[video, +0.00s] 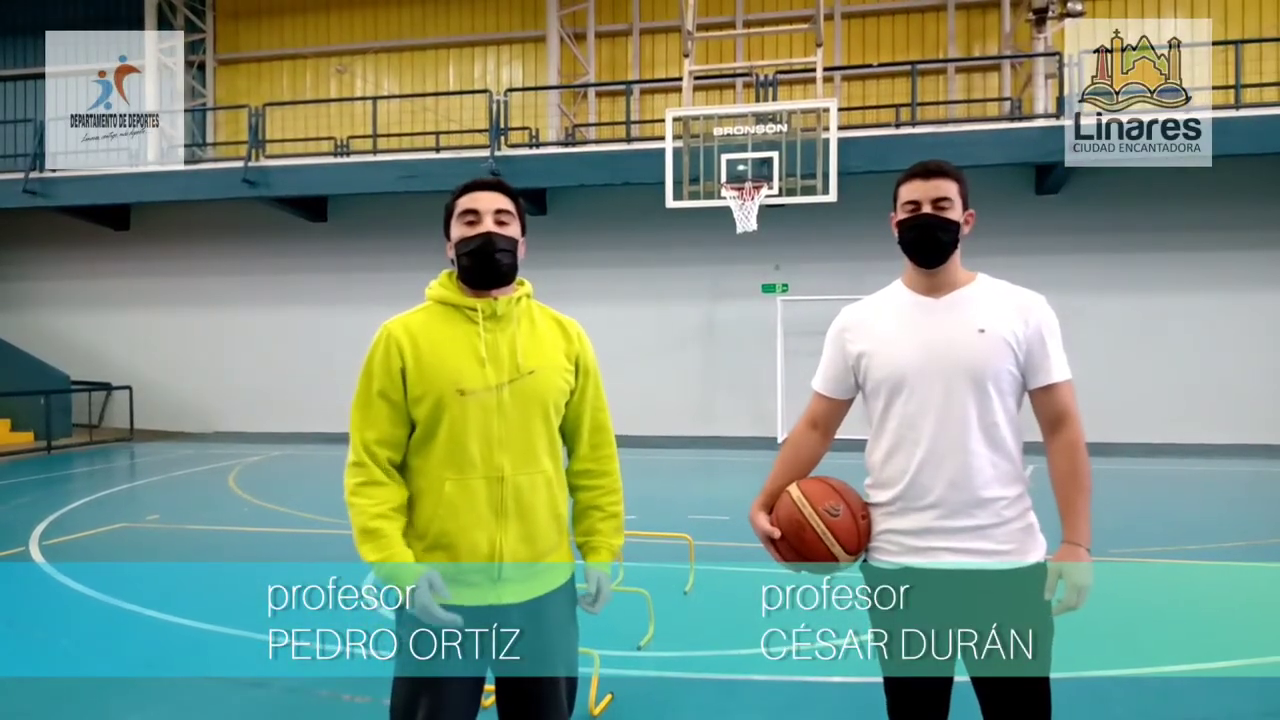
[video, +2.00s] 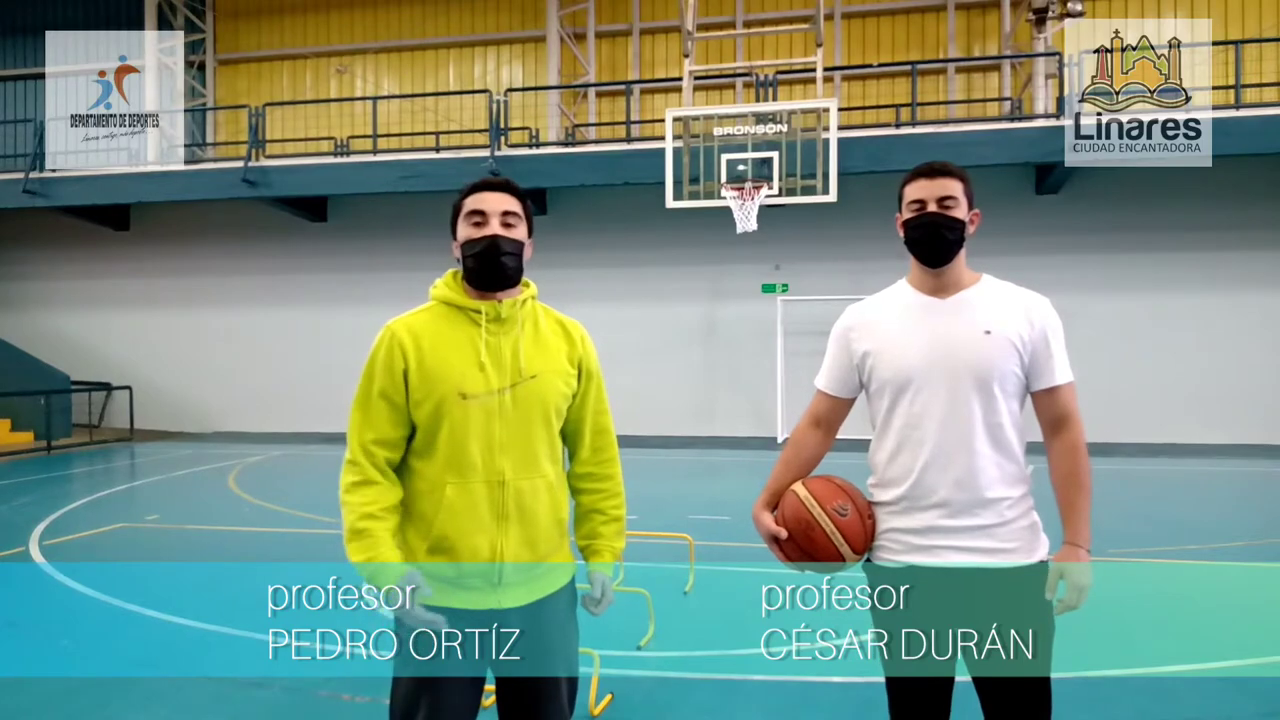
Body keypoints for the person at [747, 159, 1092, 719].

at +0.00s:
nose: (926, 217)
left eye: (941, 206)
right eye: (911, 208)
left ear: (967, 221)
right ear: (894, 226)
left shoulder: (1022, 313)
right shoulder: (857, 324)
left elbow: (1062, 429)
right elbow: (816, 426)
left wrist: (1075, 543)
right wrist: (763, 503)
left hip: (1005, 561)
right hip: (901, 563)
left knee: (1020, 712)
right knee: (913, 713)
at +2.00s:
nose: (931, 215)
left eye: (946, 204)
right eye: (916, 207)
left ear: (972, 220)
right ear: (899, 226)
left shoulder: (1026, 314)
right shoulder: (862, 323)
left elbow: (1063, 430)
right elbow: (818, 425)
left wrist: (1076, 543)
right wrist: (764, 503)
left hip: (1007, 559)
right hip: (904, 560)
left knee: (1020, 711)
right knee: (915, 712)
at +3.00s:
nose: (929, 215)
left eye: (944, 204)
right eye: (914, 208)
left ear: (971, 220)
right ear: (898, 229)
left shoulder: (1027, 314)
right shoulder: (863, 324)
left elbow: (1064, 429)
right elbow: (818, 425)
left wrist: (1078, 542)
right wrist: (764, 502)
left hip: (1008, 563)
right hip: (904, 564)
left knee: (1021, 711)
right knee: (914, 712)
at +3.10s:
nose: (927, 215)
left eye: (942, 204)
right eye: (912, 208)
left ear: (970, 220)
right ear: (897, 229)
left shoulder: (1026, 314)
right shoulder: (862, 323)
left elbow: (1064, 429)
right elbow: (818, 425)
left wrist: (1078, 542)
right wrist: (764, 501)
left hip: (1007, 562)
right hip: (902, 563)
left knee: (1019, 711)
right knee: (913, 712)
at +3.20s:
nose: (923, 214)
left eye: (938, 204)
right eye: (909, 208)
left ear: (967, 220)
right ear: (896, 230)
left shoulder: (1024, 313)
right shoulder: (861, 323)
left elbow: (1063, 427)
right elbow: (817, 425)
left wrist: (1075, 533)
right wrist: (764, 498)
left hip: (1005, 560)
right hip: (901, 562)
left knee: (1019, 711)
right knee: (913, 713)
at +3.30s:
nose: (920, 215)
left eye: (935, 204)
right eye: (905, 210)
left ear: (964, 220)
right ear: (894, 232)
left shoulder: (1023, 313)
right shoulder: (860, 324)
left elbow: (1063, 423)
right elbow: (816, 425)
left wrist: (1060, 500)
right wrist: (763, 496)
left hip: (1001, 556)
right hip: (899, 557)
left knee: (1017, 709)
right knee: (911, 713)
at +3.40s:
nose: (915, 215)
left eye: (930, 204)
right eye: (901, 212)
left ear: (961, 219)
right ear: (891, 234)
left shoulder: (1021, 313)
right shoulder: (859, 324)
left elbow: (1066, 422)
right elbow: (815, 424)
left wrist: (1037, 435)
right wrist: (762, 494)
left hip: (998, 557)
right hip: (896, 557)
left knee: (1017, 710)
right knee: (909, 714)